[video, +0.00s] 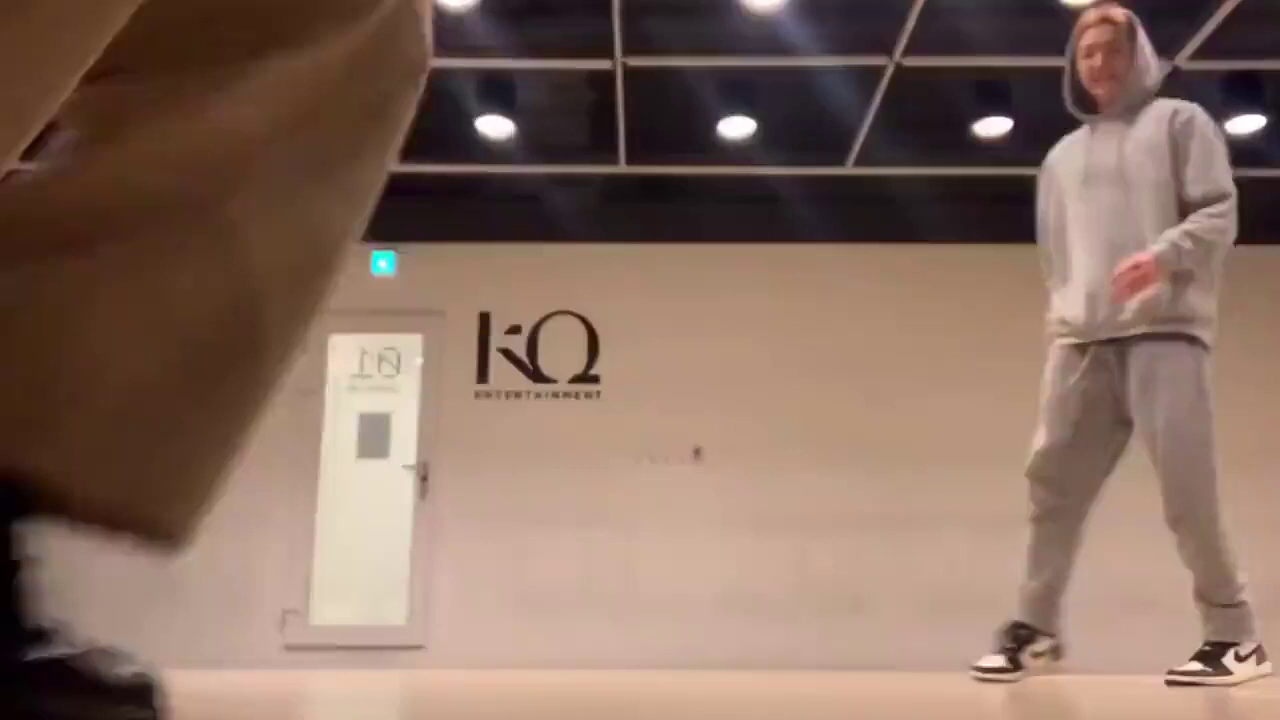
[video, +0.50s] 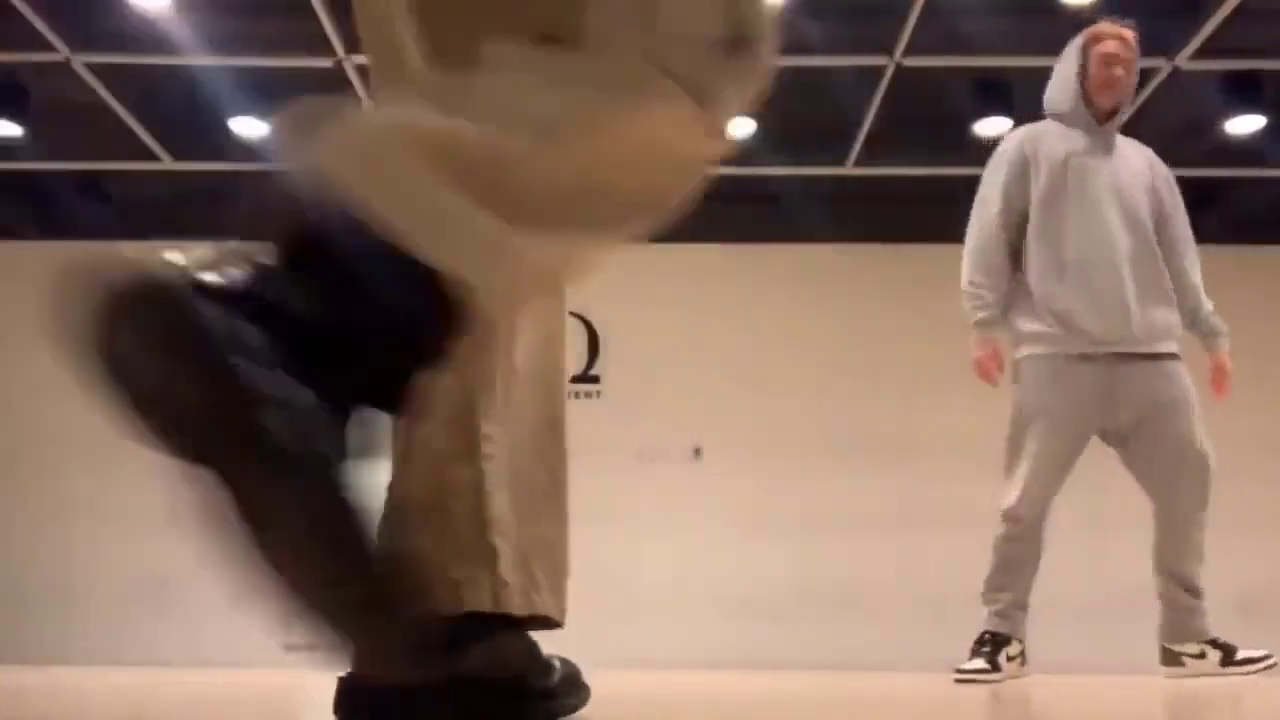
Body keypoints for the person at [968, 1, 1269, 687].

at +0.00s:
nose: (1099, 62)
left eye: (1111, 48)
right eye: (1088, 52)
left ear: (1137, 56)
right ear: (1074, 66)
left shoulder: (1181, 122)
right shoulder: (1062, 156)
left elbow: (1219, 216)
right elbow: (1057, 267)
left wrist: (1162, 258)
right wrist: (1060, 359)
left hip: (1167, 335)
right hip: (1086, 342)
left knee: (1187, 492)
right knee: (1053, 479)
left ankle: (1233, 638)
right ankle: (1036, 629)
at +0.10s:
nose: (1068, 74)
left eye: (1079, 62)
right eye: (1057, 64)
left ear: (1105, 67)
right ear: (1043, 75)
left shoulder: (1152, 137)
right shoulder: (1022, 166)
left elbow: (1199, 227)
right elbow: (1015, 272)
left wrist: (1161, 278)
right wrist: (1021, 345)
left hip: (1141, 349)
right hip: (1052, 354)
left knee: (1177, 486)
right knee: (1018, 490)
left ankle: (1219, 639)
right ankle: (1004, 634)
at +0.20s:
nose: (1051, 76)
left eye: (1062, 64)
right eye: (1040, 65)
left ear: (1087, 70)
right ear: (1025, 76)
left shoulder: (1133, 144)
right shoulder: (999, 165)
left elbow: (1175, 238)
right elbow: (981, 266)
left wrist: (1174, 309)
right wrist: (982, 353)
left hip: (1123, 349)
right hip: (1030, 353)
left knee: (1160, 479)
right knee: (1002, 486)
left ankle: (1186, 636)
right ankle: (1005, 635)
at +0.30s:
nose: (1053, 69)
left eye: (1064, 58)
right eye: (1041, 60)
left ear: (1087, 65)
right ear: (1024, 71)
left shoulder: (1130, 143)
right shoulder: (995, 152)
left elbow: (1165, 236)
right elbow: (965, 246)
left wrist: (1190, 319)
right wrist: (953, 328)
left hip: (1127, 341)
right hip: (1030, 345)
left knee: (1155, 477)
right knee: (1011, 485)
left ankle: (1167, 631)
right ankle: (1004, 633)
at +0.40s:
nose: (1071, 67)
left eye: (1082, 57)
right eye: (1059, 57)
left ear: (1102, 67)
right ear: (1040, 67)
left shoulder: (1136, 151)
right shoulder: (1001, 150)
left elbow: (1173, 244)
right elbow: (964, 237)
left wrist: (1200, 325)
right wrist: (956, 320)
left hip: (1135, 356)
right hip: (1038, 356)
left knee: (1162, 497)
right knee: (1020, 501)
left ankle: (1166, 633)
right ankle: (1003, 634)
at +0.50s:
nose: (1116, 69)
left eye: (1125, 61)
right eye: (1104, 58)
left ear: (1135, 78)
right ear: (1077, 69)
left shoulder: (1148, 165)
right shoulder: (1028, 147)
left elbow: (1180, 259)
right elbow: (987, 233)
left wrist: (1212, 336)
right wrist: (986, 324)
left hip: (1148, 362)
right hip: (1056, 358)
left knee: (1188, 477)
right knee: (1026, 499)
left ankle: (1185, 635)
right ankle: (1000, 634)